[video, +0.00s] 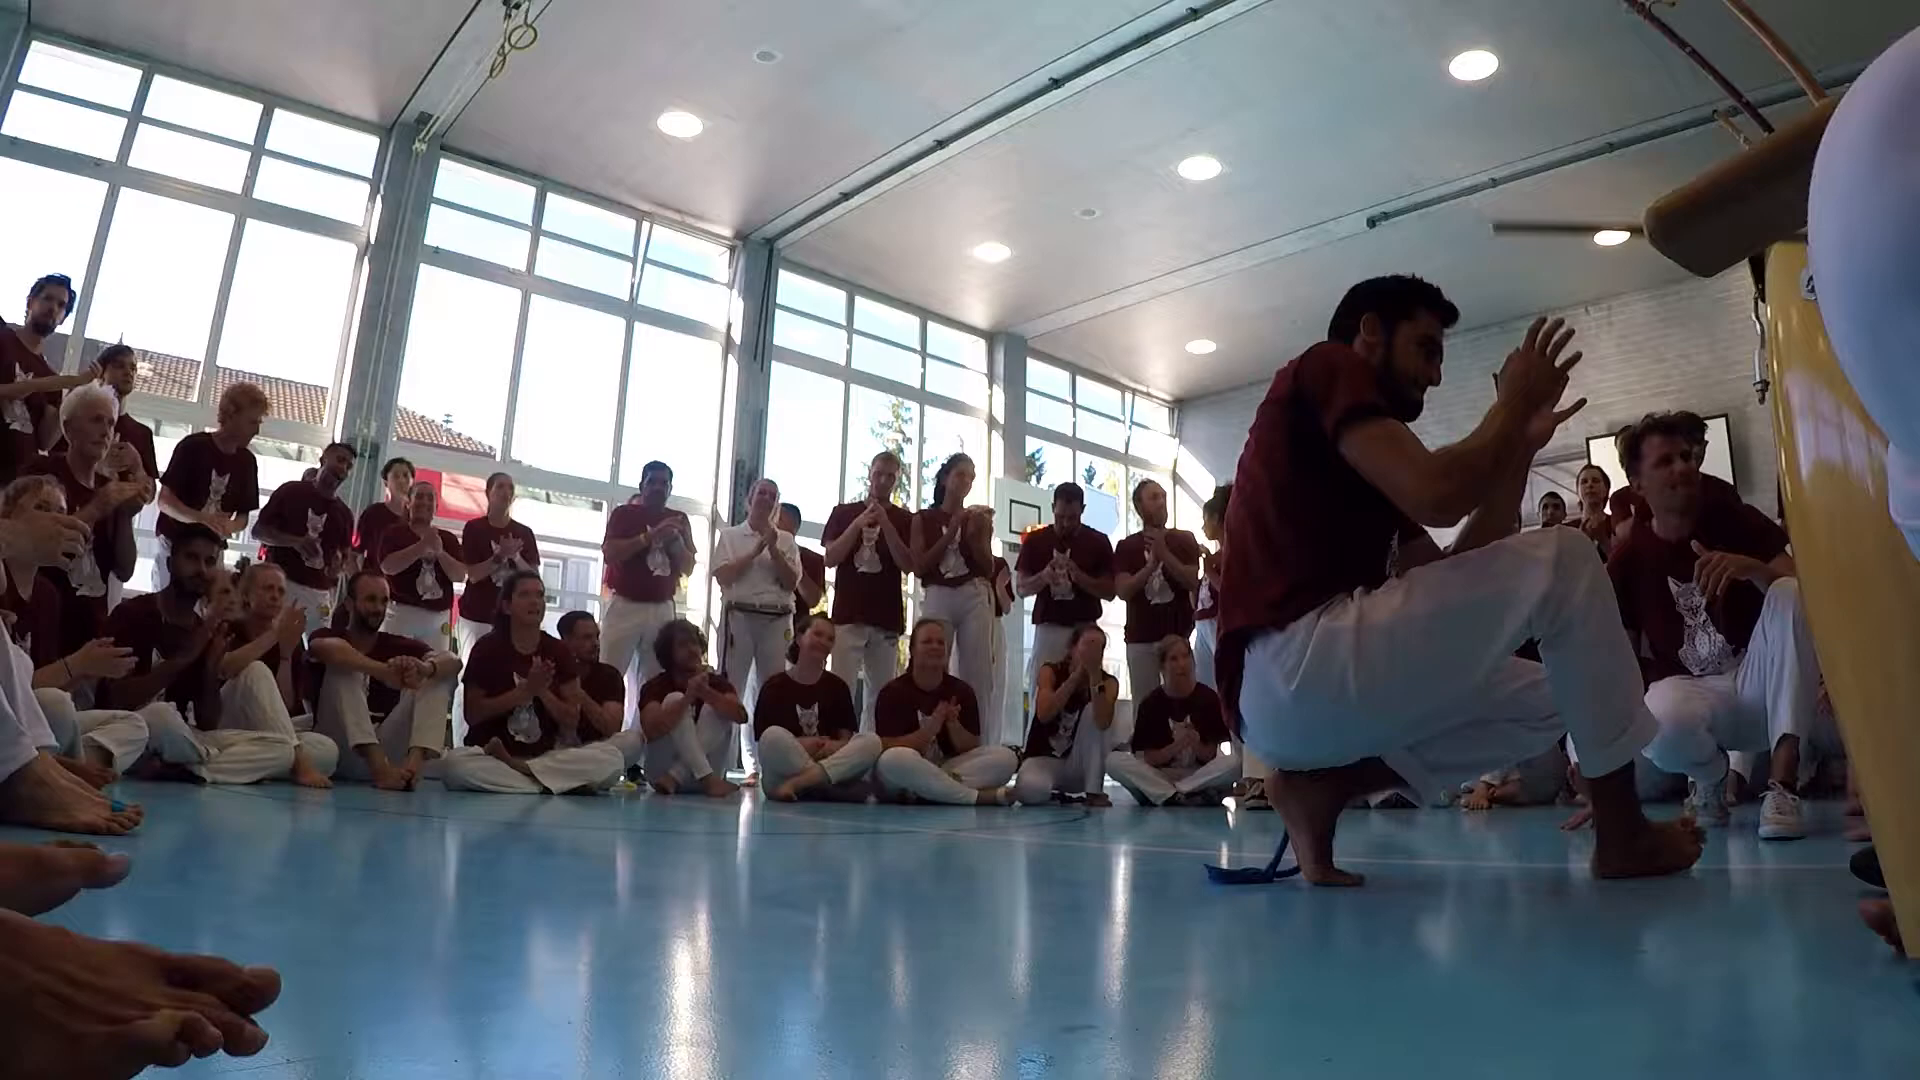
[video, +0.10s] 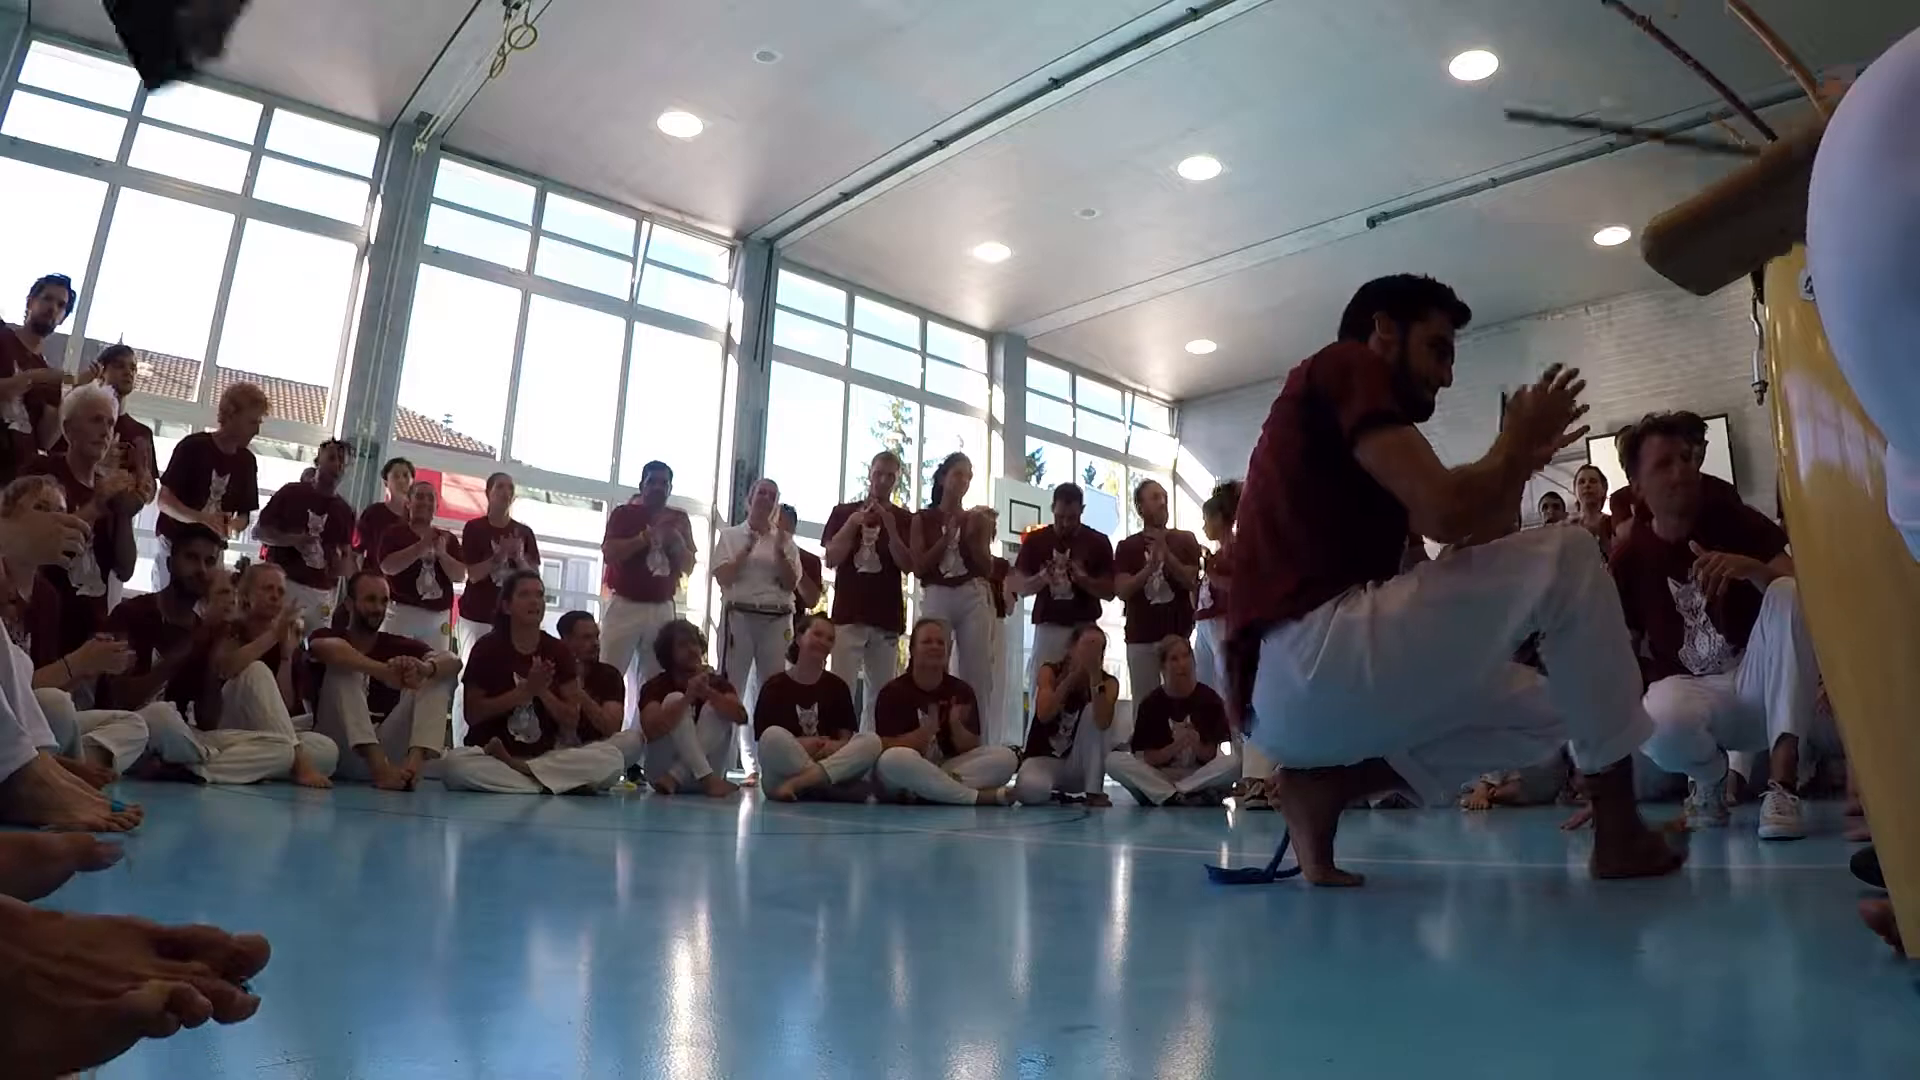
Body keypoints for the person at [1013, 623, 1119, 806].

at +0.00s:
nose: (1093, 651)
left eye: (1099, 646)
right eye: (1088, 644)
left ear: (1103, 652)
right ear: (1074, 647)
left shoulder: (1108, 682)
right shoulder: (1050, 671)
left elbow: (1102, 721)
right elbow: (1044, 713)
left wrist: (1095, 676)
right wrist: (1075, 677)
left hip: (1079, 763)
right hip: (1043, 760)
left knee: (1094, 710)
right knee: (1032, 793)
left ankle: (1094, 791)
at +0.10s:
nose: (1092, 652)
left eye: (1098, 647)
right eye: (1087, 644)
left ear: (1102, 652)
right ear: (1072, 647)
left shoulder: (1108, 682)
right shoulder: (1050, 671)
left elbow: (1103, 721)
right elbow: (1044, 714)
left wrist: (1095, 677)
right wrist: (1068, 681)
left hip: (1079, 763)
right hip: (1043, 761)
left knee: (1093, 711)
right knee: (1031, 793)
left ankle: (1094, 791)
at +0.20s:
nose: (1090, 651)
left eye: (1097, 646)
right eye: (1086, 644)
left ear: (1103, 652)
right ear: (1071, 648)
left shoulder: (1107, 682)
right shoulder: (1049, 671)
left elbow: (1103, 721)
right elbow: (1043, 714)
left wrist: (1097, 674)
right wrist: (1066, 675)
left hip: (1079, 763)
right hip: (1043, 761)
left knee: (1094, 710)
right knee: (1031, 793)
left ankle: (1094, 791)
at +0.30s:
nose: (1090, 649)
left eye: (1096, 644)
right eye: (1085, 642)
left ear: (1102, 652)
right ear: (1071, 647)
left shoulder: (1107, 682)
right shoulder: (1049, 671)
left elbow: (1100, 718)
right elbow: (1044, 710)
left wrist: (1093, 674)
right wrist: (1073, 674)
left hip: (1079, 762)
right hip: (1042, 761)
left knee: (1093, 710)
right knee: (1032, 793)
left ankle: (1093, 790)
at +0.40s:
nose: (1089, 648)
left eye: (1095, 644)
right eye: (1085, 642)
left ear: (1101, 651)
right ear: (1072, 646)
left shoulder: (1107, 683)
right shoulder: (1050, 671)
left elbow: (1099, 718)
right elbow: (1044, 710)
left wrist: (1092, 674)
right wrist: (1072, 676)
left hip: (1079, 762)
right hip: (1042, 760)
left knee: (1092, 711)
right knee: (1032, 793)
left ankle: (1093, 791)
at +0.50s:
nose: (1091, 650)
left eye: (1097, 645)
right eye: (1086, 643)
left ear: (1102, 652)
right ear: (1071, 647)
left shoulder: (1107, 683)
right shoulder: (1050, 671)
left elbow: (1100, 719)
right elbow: (1044, 710)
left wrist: (1095, 677)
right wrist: (1072, 676)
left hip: (1078, 762)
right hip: (1042, 760)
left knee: (1092, 710)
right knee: (1032, 793)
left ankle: (1094, 791)